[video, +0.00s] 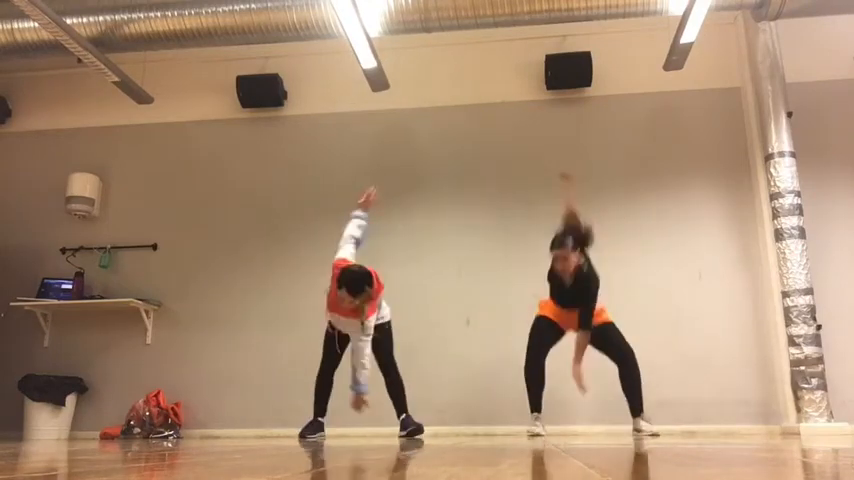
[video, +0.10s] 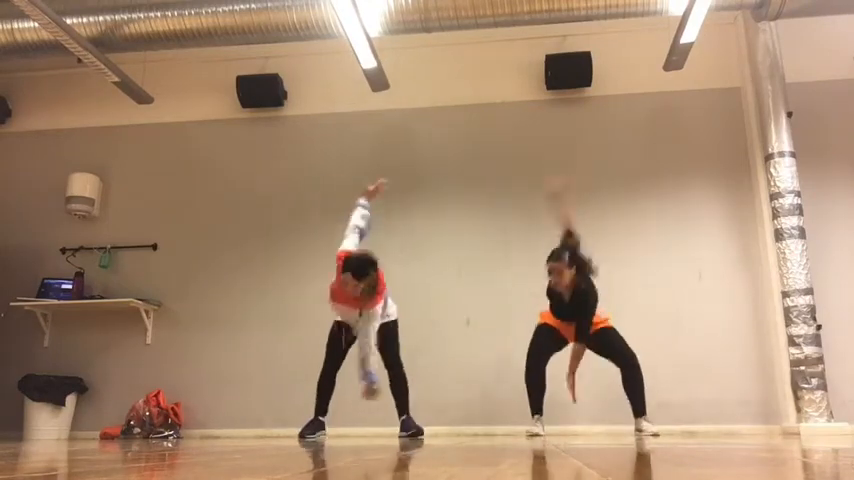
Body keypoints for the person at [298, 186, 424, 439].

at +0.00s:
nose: (348, 300)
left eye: (353, 297)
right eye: (349, 295)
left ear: (361, 295)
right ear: (341, 285)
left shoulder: (370, 307)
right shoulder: (340, 266)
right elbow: (351, 237)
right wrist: (361, 212)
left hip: (372, 324)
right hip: (340, 324)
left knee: (388, 366)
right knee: (326, 370)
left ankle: (404, 418)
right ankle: (318, 421)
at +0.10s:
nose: (356, 287)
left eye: (361, 284)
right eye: (353, 282)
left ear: (367, 281)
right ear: (347, 273)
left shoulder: (374, 296)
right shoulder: (344, 257)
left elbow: (367, 339)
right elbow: (356, 228)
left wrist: (368, 378)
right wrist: (365, 201)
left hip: (380, 317)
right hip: (349, 318)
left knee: (393, 365)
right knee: (329, 367)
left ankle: (405, 419)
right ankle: (318, 420)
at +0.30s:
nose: (359, 211)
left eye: (365, 206)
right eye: (354, 206)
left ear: (376, 209)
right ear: (348, 209)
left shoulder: (393, 230)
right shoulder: (341, 233)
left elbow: (419, 237)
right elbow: (320, 226)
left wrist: (422, 223)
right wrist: (308, 218)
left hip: (394, 308)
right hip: (362, 308)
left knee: (400, 361)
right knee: (330, 340)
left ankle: (408, 419)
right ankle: (337, 396)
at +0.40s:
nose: (356, 188)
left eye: (363, 183)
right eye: (352, 183)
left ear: (373, 188)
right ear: (345, 188)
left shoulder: (389, 210)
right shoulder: (339, 224)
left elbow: (421, 211)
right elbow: (318, 255)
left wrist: (407, 183)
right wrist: (298, 279)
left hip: (397, 289)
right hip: (365, 295)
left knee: (402, 345)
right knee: (338, 336)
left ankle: (423, 403)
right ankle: (350, 397)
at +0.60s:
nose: (363, 184)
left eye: (368, 178)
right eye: (359, 179)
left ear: (378, 184)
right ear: (351, 184)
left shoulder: (389, 219)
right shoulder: (345, 218)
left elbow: (411, 241)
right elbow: (339, 190)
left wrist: (442, 234)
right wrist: (350, 157)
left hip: (384, 293)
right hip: (357, 298)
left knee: (412, 269)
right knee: (357, 363)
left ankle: (447, 264)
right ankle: (361, 418)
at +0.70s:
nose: (372, 160)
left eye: (378, 155)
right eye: (367, 156)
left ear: (389, 160)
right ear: (360, 159)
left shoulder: (399, 192)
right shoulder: (348, 178)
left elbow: (427, 205)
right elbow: (324, 154)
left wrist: (459, 211)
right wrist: (333, 128)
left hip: (388, 268)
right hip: (358, 272)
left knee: (395, 221)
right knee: (357, 338)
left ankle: (432, 248)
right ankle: (355, 402)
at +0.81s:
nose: (378, 155)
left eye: (385, 150)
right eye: (373, 150)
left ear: (395, 154)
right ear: (367, 156)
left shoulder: (406, 182)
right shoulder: (355, 181)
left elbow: (432, 186)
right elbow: (329, 181)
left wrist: (443, 166)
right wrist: (310, 163)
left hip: (386, 261)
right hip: (358, 262)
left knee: (405, 242)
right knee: (364, 292)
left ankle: (412, 296)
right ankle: (356, 354)